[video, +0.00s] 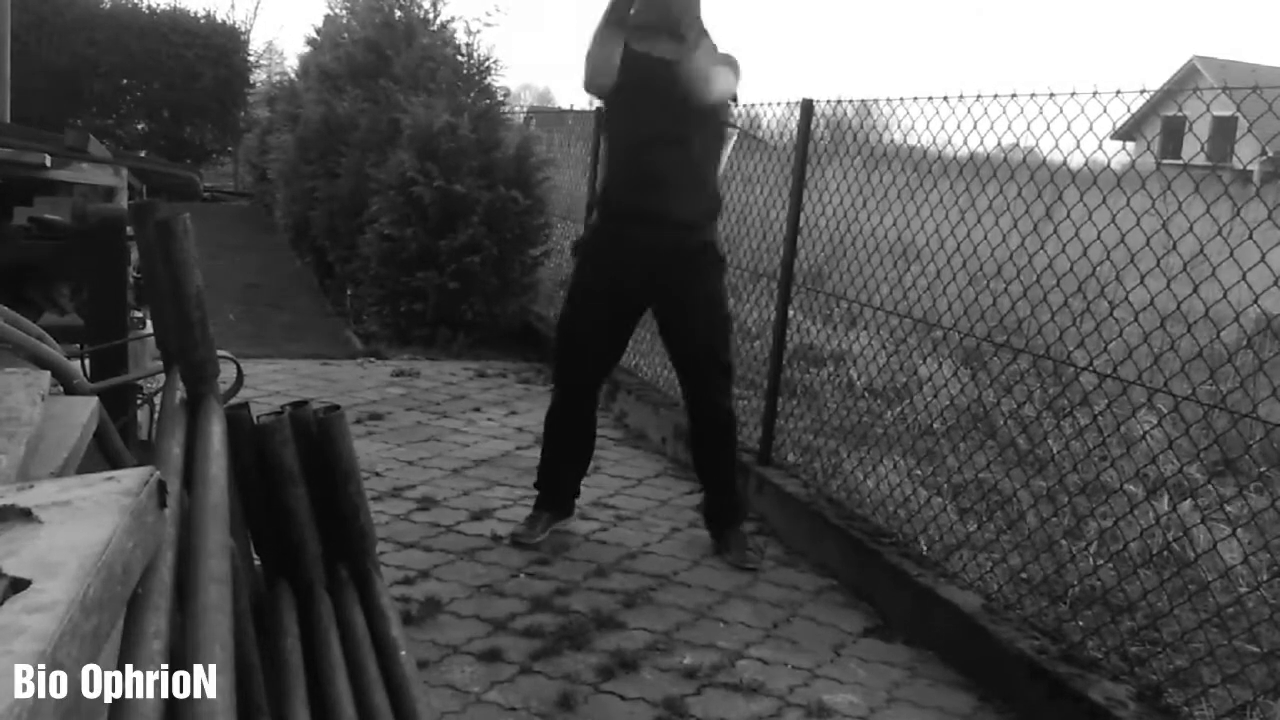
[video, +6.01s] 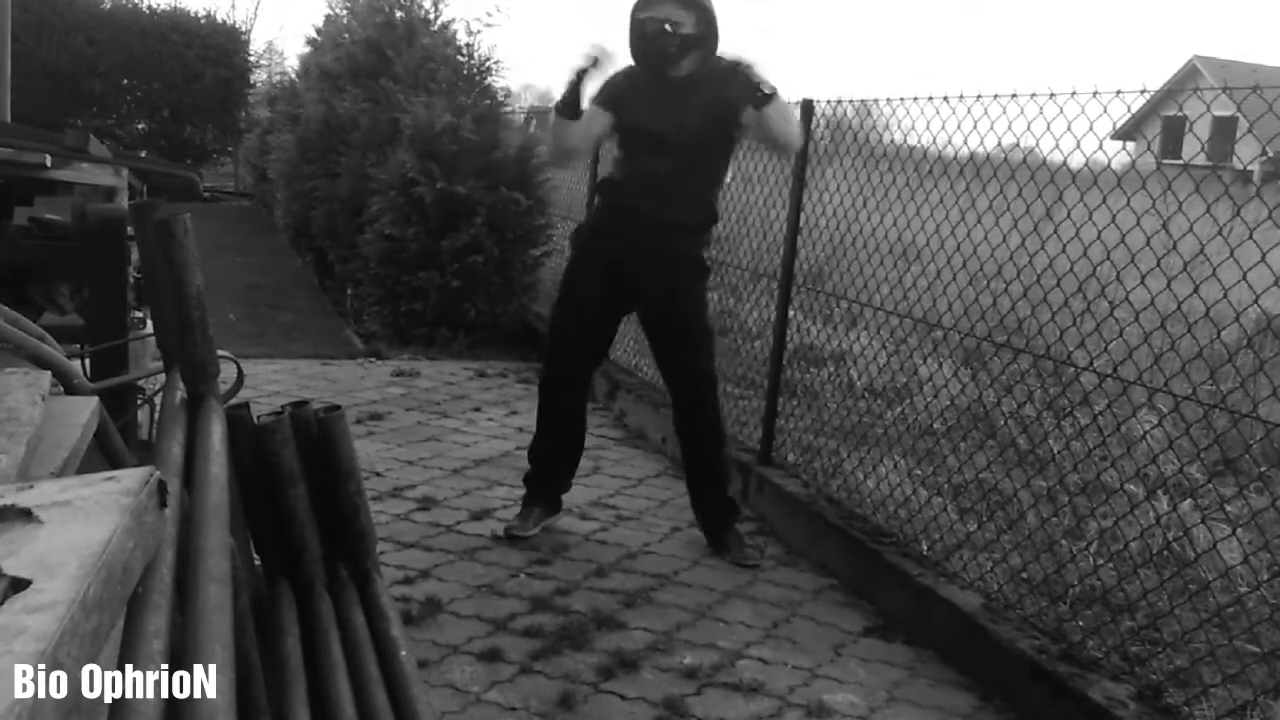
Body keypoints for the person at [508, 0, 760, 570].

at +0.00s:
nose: (670, 13)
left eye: (677, 7)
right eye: (660, 10)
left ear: (693, 12)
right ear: (645, 14)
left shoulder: (719, 65)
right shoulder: (623, 54)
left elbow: (707, 90)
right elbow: (596, 80)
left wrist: (691, 26)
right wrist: (616, 13)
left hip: (688, 253)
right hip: (614, 245)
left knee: (710, 390)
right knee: (575, 376)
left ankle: (727, 523)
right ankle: (553, 503)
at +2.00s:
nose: (642, 36)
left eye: (655, 28)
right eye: (629, 22)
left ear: (667, 39)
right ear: (604, 25)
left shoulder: (672, 82)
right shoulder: (573, 86)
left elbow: (673, 129)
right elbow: (615, 143)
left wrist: (669, 169)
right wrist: (651, 171)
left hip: (692, 259)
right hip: (621, 260)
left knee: (724, 386)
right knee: (592, 389)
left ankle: (733, 517)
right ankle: (552, 508)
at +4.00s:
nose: (631, 37)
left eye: (642, 28)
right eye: (622, 28)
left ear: (669, 25)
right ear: (616, 31)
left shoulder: (701, 77)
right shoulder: (628, 72)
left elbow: (662, 158)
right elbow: (604, 11)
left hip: (660, 255)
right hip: (596, 247)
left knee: (691, 390)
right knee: (570, 378)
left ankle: (723, 522)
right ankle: (547, 501)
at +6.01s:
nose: (661, 35)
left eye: (675, 24)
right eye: (649, 24)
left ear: (701, 33)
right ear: (636, 30)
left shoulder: (727, 84)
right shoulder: (626, 84)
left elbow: (792, 141)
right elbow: (563, 151)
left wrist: (760, 90)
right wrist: (572, 92)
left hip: (675, 259)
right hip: (605, 251)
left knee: (696, 393)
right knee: (563, 373)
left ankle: (720, 524)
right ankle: (541, 498)